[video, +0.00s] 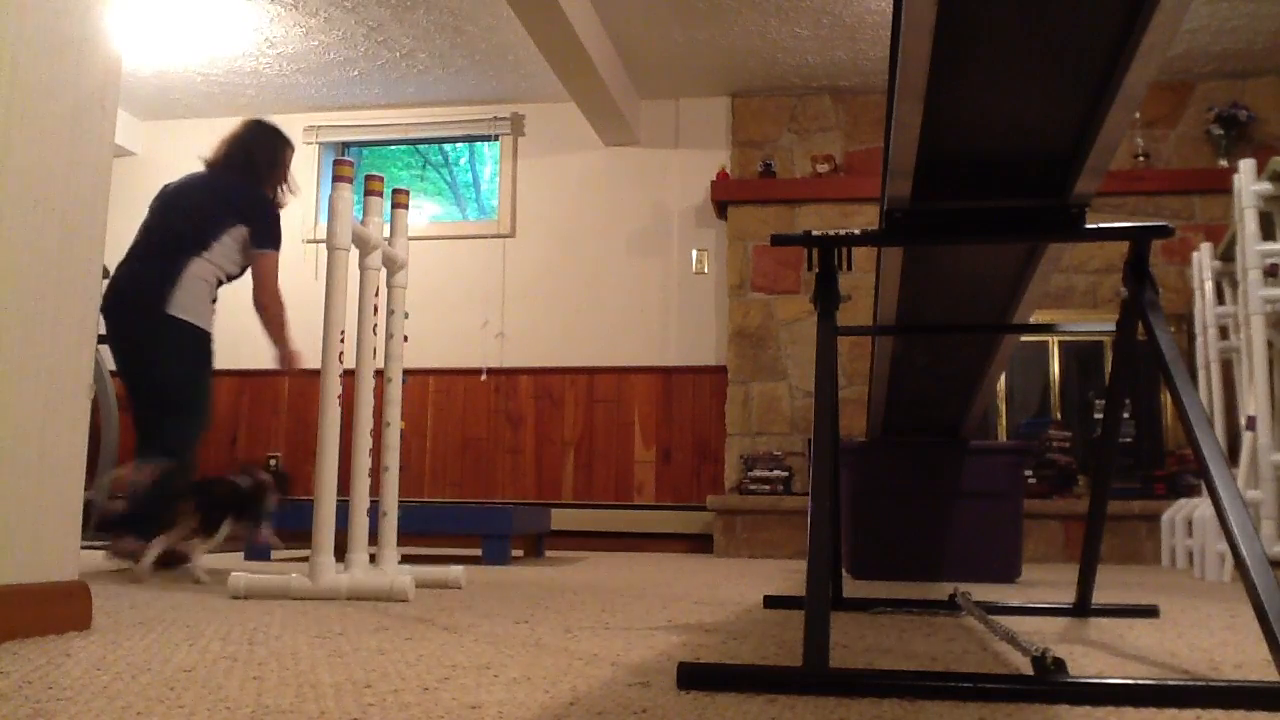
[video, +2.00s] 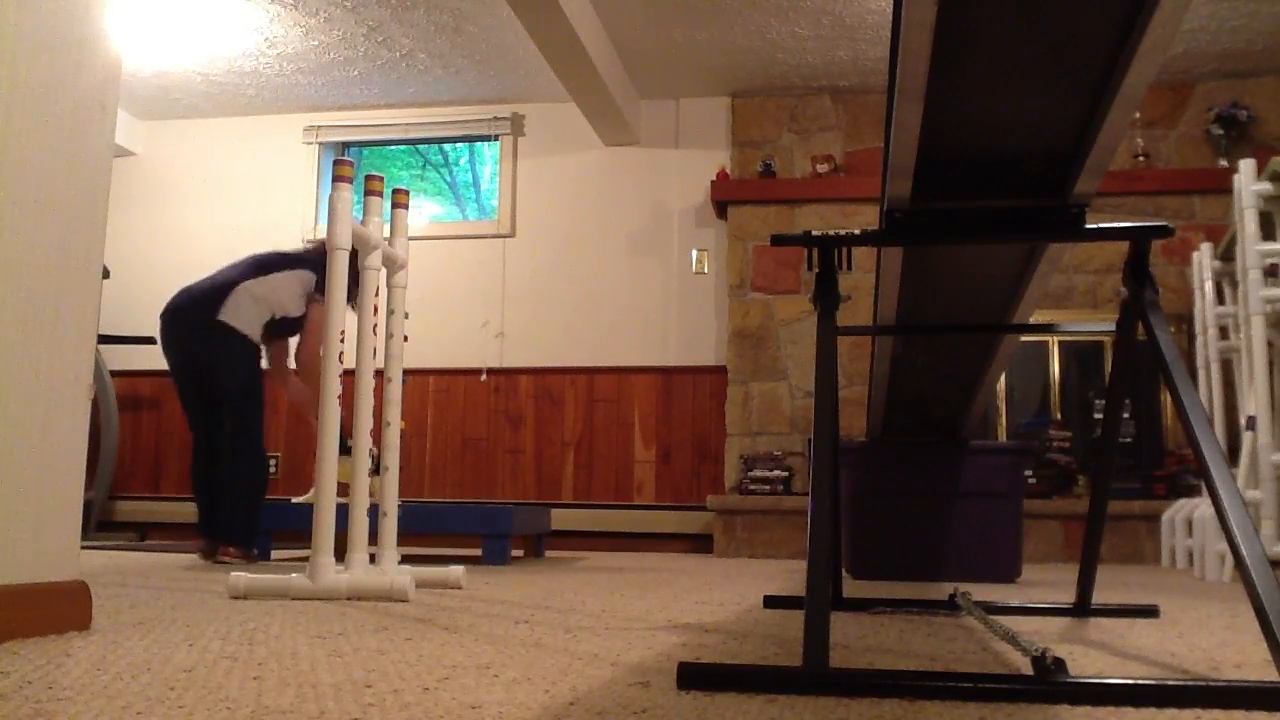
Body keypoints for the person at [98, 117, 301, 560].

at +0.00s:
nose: (285, 176)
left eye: (287, 166)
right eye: (284, 166)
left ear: (235, 151)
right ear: (271, 164)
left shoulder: (184, 186)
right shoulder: (259, 208)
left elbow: (146, 251)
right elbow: (265, 294)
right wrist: (285, 347)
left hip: (122, 306)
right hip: (177, 318)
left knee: (153, 420)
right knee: (186, 421)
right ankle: (138, 525)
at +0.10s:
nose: (285, 183)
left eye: (285, 175)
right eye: (284, 175)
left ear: (232, 156)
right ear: (274, 173)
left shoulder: (178, 190)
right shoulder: (263, 217)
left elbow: (142, 253)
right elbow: (259, 299)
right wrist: (257, 342)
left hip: (126, 307)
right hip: (189, 321)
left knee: (151, 422)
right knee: (208, 424)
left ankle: (149, 527)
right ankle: (175, 527)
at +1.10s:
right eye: (323, 227)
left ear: (276, 205)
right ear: (318, 222)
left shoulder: (232, 221)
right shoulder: (315, 249)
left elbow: (192, 286)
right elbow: (297, 323)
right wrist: (287, 395)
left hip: (192, 318)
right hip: (255, 328)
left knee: (177, 425)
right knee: (248, 434)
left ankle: (164, 537)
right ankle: (233, 543)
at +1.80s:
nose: (346, 271)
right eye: (347, 262)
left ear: (305, 225)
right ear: (338, 244)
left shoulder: (265, 242)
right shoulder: (327, 259)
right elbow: (304, 341)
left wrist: (284, 374)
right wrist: (308, 398)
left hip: (188, 309)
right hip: (247, 323)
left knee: (196, 423)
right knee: (248, 431)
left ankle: (184, 534)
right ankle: (234, 540)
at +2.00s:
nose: (353, 297)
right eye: (355, 287)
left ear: (325, 253)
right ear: (348, 270)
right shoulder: (329, 272)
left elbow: (280, 370)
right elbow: (308, 360)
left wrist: (319, 417)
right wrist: (329, 407)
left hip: (178, 321)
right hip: (227, 333)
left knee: (208, 434)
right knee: (245, 441)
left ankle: (212, 538)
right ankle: (236, 543)